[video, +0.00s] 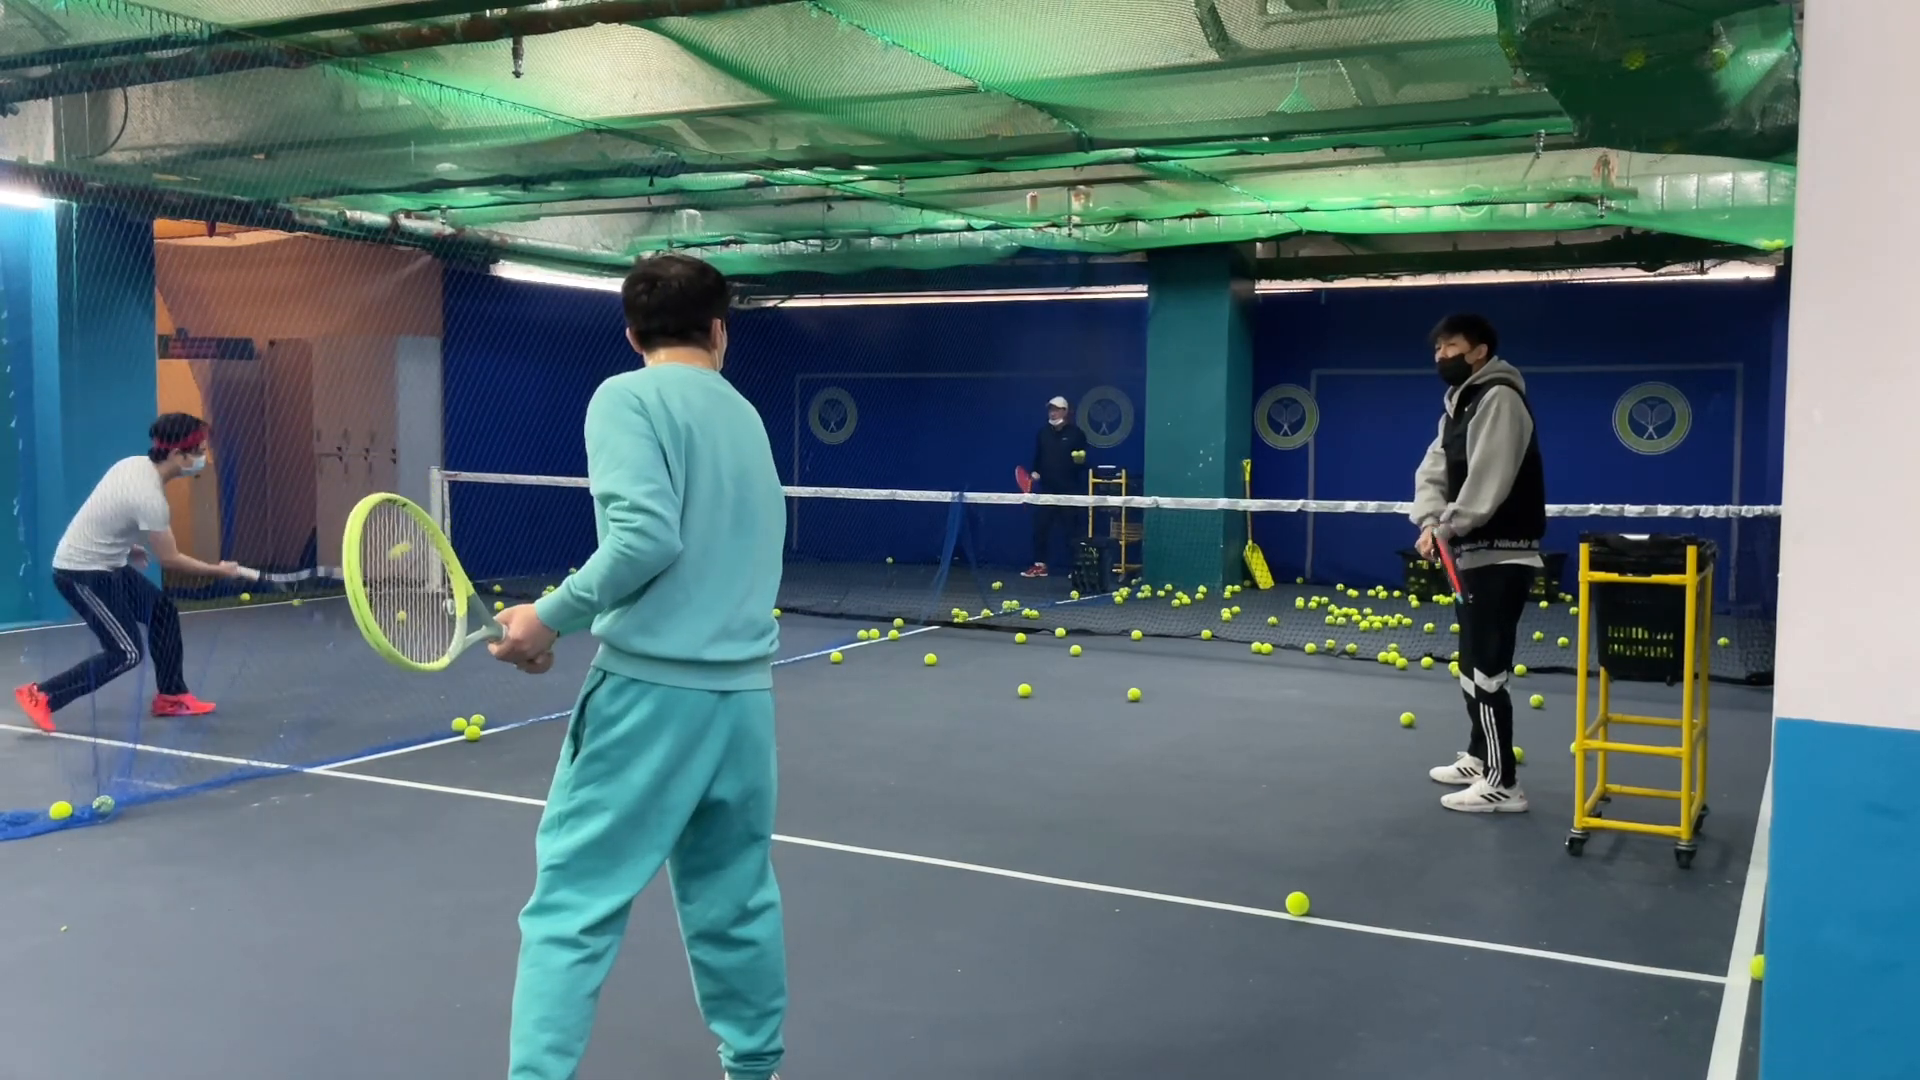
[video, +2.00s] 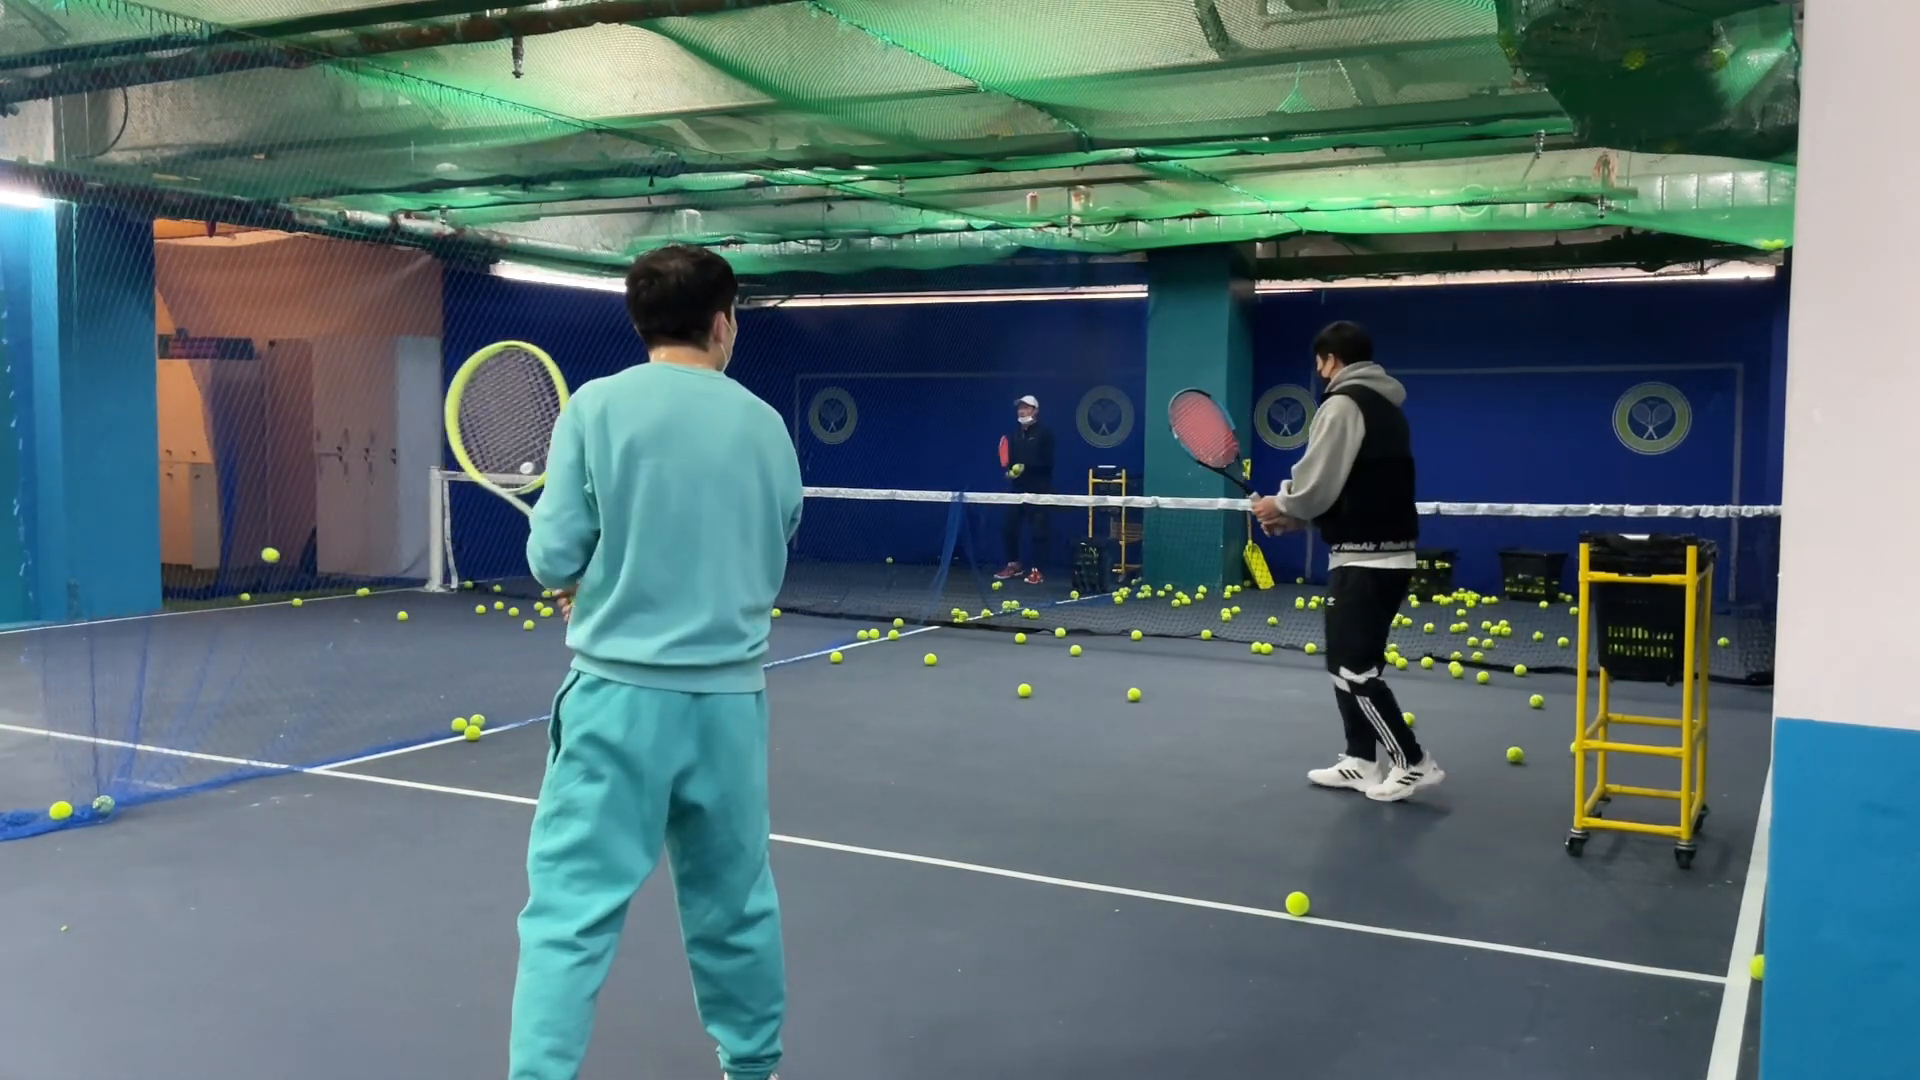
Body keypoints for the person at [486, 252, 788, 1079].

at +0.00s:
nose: (731, 338)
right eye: (729, 327)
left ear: (637, 332)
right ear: (717, 331)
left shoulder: (627, 398)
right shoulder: (745, 418)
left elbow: (646, 536)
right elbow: (750, 556)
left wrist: (547, 616)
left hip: (647, 700)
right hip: (744, 703)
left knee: (572, 910)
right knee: (735, 898)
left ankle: (539, 1069)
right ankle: (755, 1063)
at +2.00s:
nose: (735, 328)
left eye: (732, 315)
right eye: (734, 316)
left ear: (639, 325)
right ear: (721, 322)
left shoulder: (592, 409)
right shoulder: (766, 425)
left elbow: (555, 555)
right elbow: (769, 548)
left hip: (615, 704)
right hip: (731, 707)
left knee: (570, 909)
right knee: (734, 900)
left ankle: (540, 1069)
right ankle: (750, 1064)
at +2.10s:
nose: (738, 327)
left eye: (735, 314)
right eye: (737, 314)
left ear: (642, 325)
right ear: (723, 322)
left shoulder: (592, 410)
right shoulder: (768, 426)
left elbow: (556, 554)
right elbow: (781, 555)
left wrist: (607, 506)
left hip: (614, 705)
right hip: (730, 707)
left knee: (571, 909)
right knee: (736, 902)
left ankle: (541, 1070)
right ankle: (751, 1065)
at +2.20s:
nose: (740, 326)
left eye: (737, 313)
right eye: (738, 313)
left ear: (643, 324)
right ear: (726, 321)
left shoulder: (592, 412)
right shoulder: (773, 428)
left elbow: (559, 554)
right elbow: (792, 567)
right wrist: (720, 583)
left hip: (611, 706)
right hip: (730, 710)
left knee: (570, 911)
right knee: (737, 904)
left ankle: (541, 1069)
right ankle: (752, 1064)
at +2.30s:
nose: (743, 326)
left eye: (739, 314)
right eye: (741, 314)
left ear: (646, 322)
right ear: (729, 321)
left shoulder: (592, 409)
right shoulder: (775, 428)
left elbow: (560, 550)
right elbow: (800, 570)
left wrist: (646, 569)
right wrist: (720, 590)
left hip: (608, 707)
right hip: (728, 711)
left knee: (569, 912)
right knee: (737, 907)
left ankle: (539, 1070)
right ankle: (754, 1064)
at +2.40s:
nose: (745, 327)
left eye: (742, 314)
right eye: (744, 314)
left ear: (648, 321)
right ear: (730, 321)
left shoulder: (590, 410)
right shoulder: (776, 429)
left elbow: (558, 550)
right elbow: (802, 573)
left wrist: (638, 582)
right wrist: (722, 601)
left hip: (605, 707)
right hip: (726, 712)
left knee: (566, 916)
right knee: (736, 909)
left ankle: (538, 1070)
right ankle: (754, 1064)